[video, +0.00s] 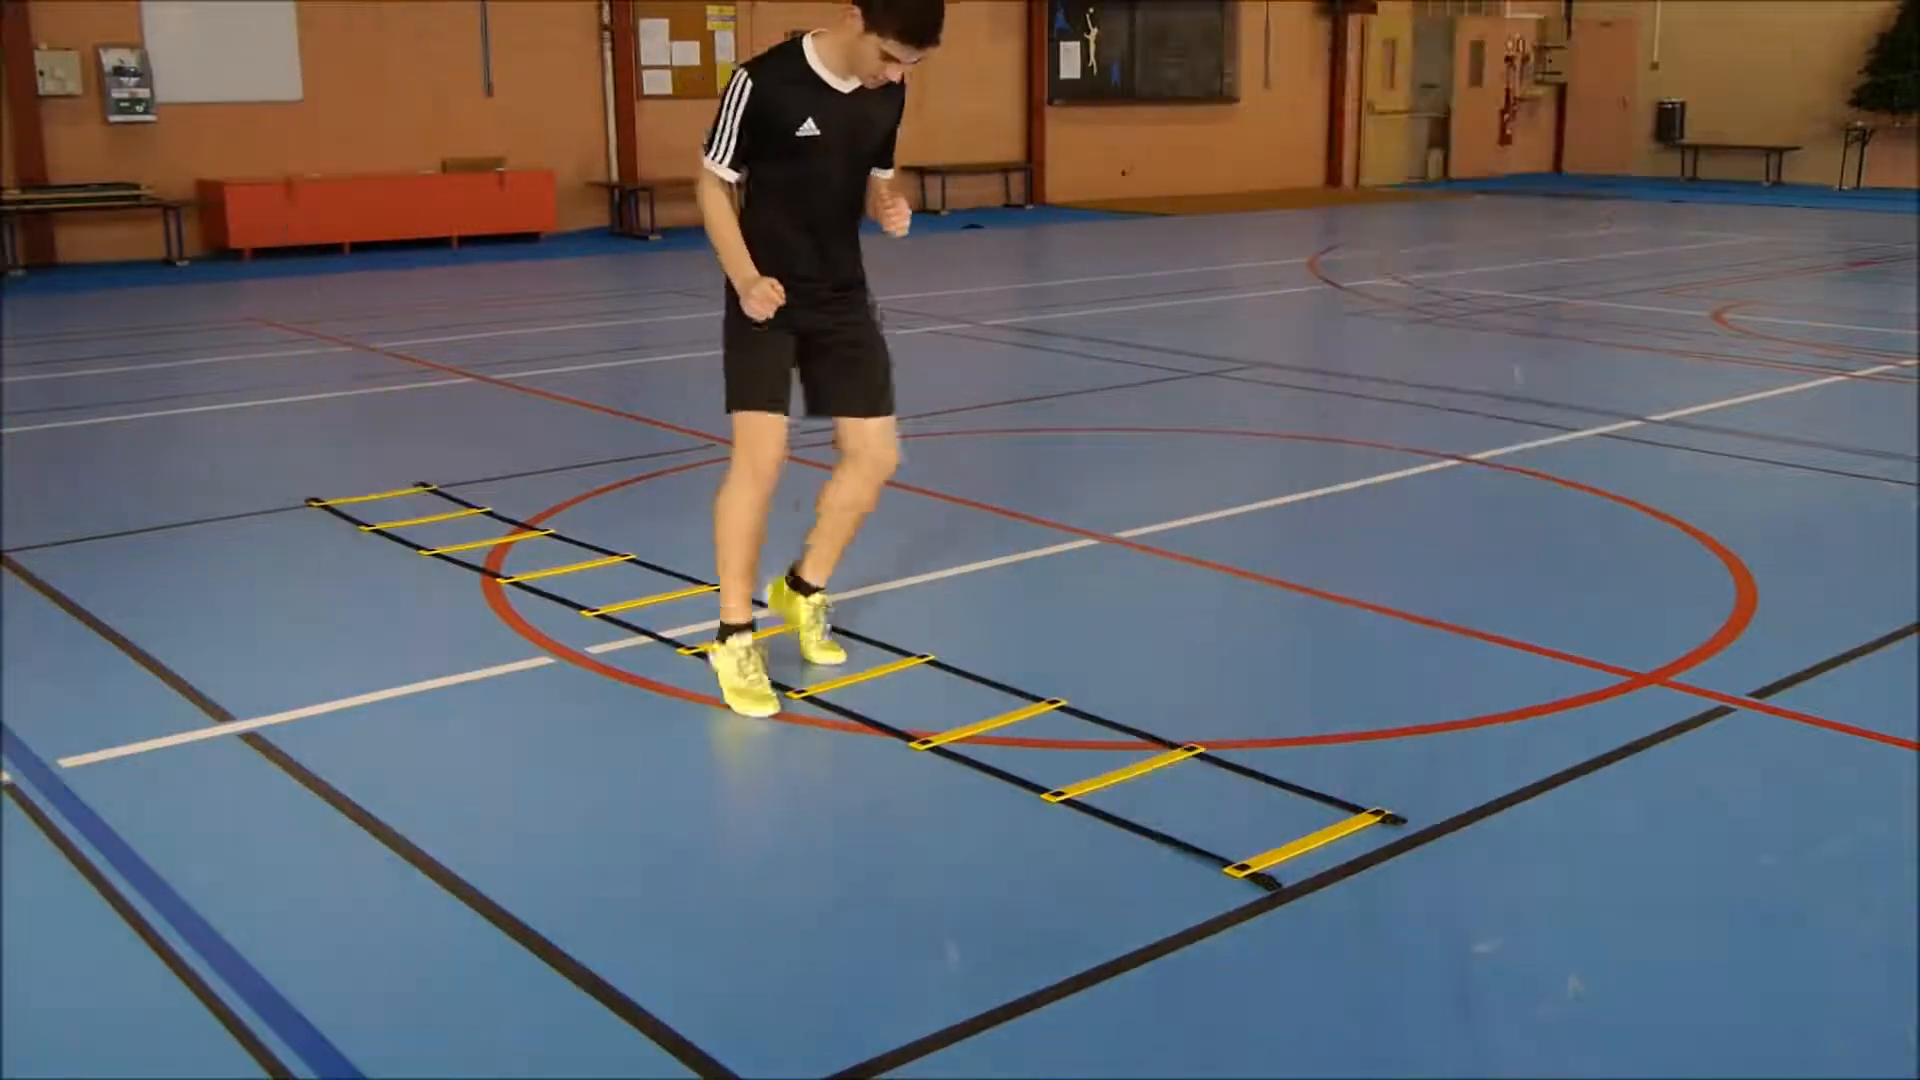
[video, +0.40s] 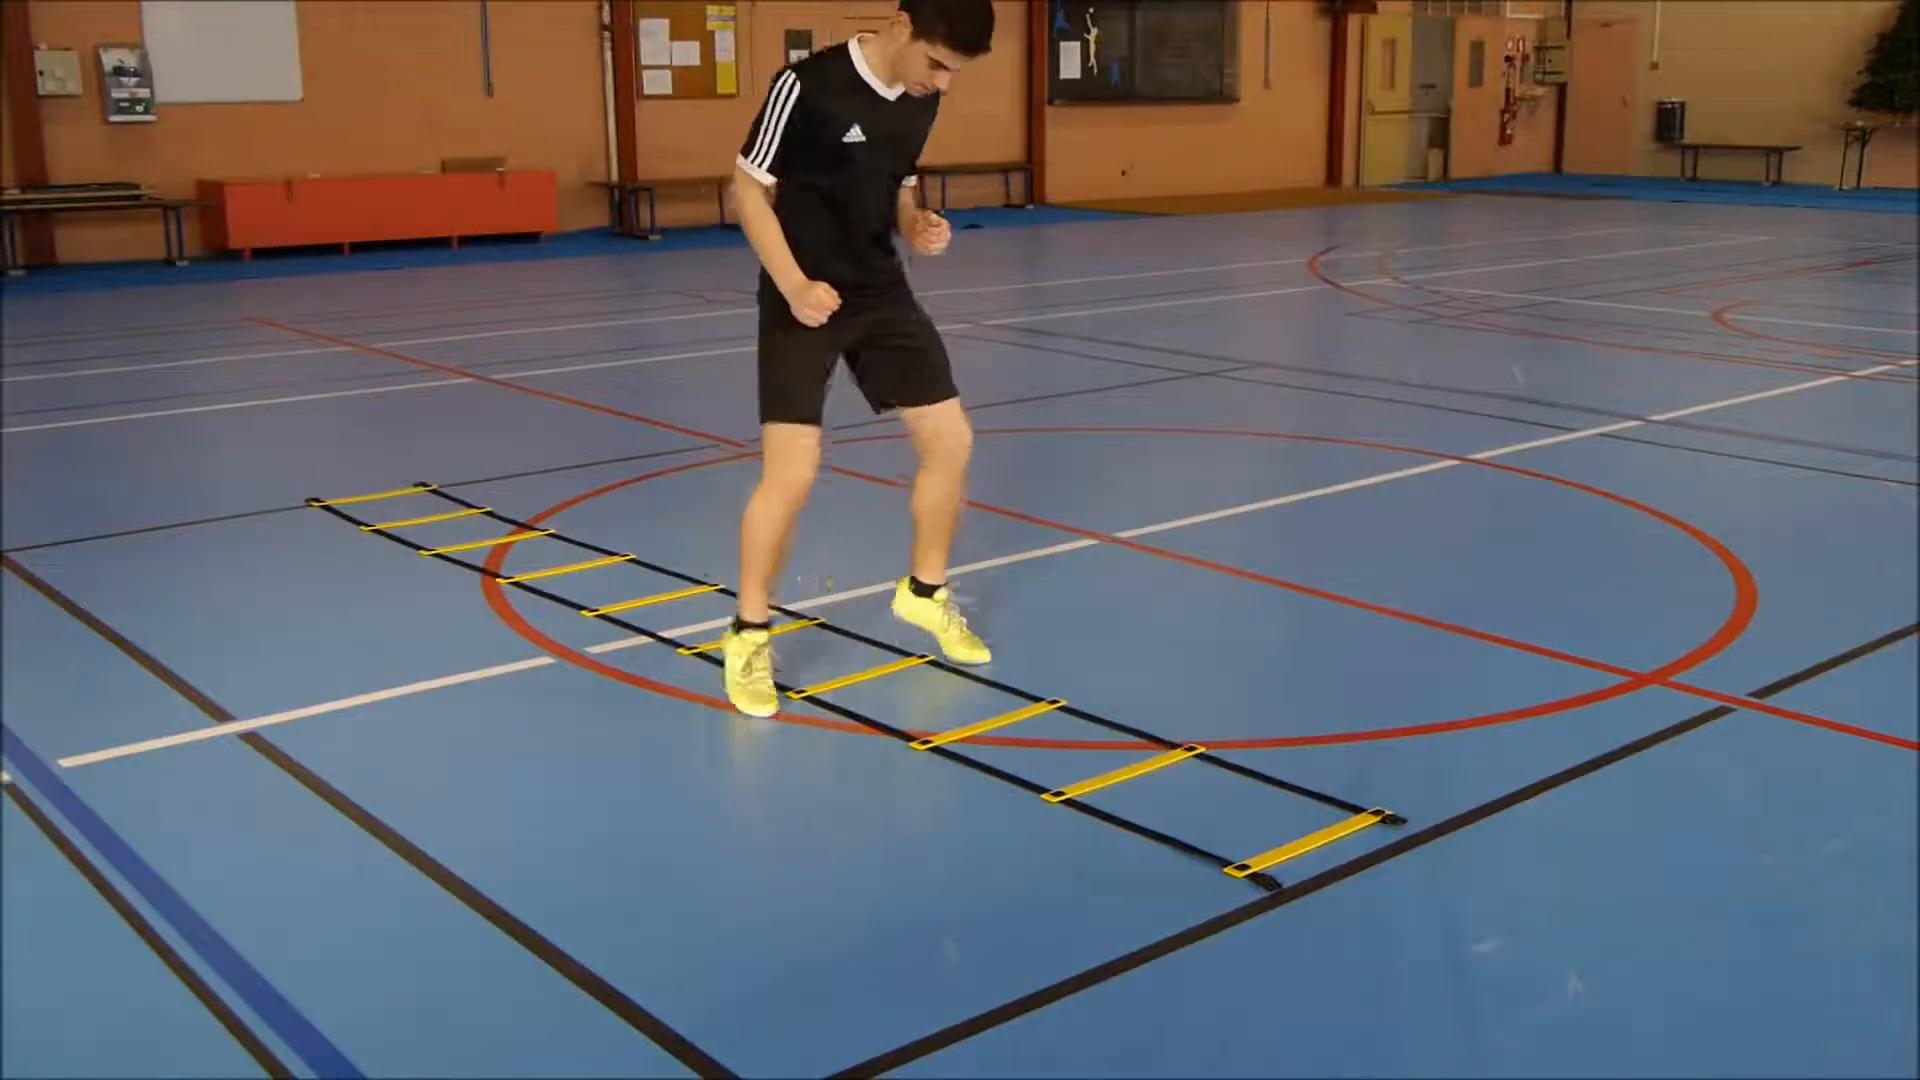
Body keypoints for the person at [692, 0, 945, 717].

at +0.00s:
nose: (898, 75)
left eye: (908, 65)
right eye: (891, 58)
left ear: (920, 49)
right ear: (851, 22)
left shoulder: (887, 88)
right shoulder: (759, 82)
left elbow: (878, 180)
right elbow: (713, 188)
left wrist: (889, 206)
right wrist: (746, 279)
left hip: (841, 293)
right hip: (762, 292)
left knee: (875, 456)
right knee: (759, 458)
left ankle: (804, 587)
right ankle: (734, 634)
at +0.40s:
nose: (941, 83)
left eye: (952, 71)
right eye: (934, 64)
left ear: (962, 55)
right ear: (895, 26)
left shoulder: (924, 97)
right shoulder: (804, 85)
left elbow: (901, 182)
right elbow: (747, 189)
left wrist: (913, 223)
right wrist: (792, 284)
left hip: (878, 286)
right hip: (798, 291)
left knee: (948, 439)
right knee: (791, 471)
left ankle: (924, 592)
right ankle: (749, 634)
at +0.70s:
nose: (976, 92)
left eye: (987, 81)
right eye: (970, 75)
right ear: (931, 34)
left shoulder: (969, 101)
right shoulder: (832, 89)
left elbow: (961, 180)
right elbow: (786, 196)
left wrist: (963, 227)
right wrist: (830, 286)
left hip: (925, 297)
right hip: (841, 301)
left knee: (957, 459)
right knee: (862, 473)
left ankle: (932, 600)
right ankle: (870, 633)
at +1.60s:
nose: (1034, 77)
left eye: (1045, 64)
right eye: (1026, 58)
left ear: (1053, 48)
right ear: (981, 20)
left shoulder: (1017, 94)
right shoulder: (886, 86)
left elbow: (1011, 183)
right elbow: (832, 205)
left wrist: (1022, 232)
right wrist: (901, 300)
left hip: (976, 313)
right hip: (891, 314)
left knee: (1036, 480)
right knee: (873, 503)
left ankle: (935, 609)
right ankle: (827, 692)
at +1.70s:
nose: (1044, 84)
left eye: (1055, 71)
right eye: (1037, 64)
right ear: (990, 26)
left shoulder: (1022, 98)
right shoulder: (899, 95)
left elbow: (1006, 187)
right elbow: (837, 217)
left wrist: (1029, 235)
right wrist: (914, 307)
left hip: (980, 318)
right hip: (895, 321)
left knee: (1064, 471)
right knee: (871, 513)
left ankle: (960, 606)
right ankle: (828, 695)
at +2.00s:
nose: (1088, 81)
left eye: (1099, 69)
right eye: (1080, 62)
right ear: (1036, 20)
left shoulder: (1065, 91)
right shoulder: (932, 83)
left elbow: (1052, 182)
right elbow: (877, 205)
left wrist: (1070, 233)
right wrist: (936, 298)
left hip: (1030, 311)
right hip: (940, 317)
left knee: (1086, 483)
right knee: (944, 508)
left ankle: (1071, 638)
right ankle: (896, 667)